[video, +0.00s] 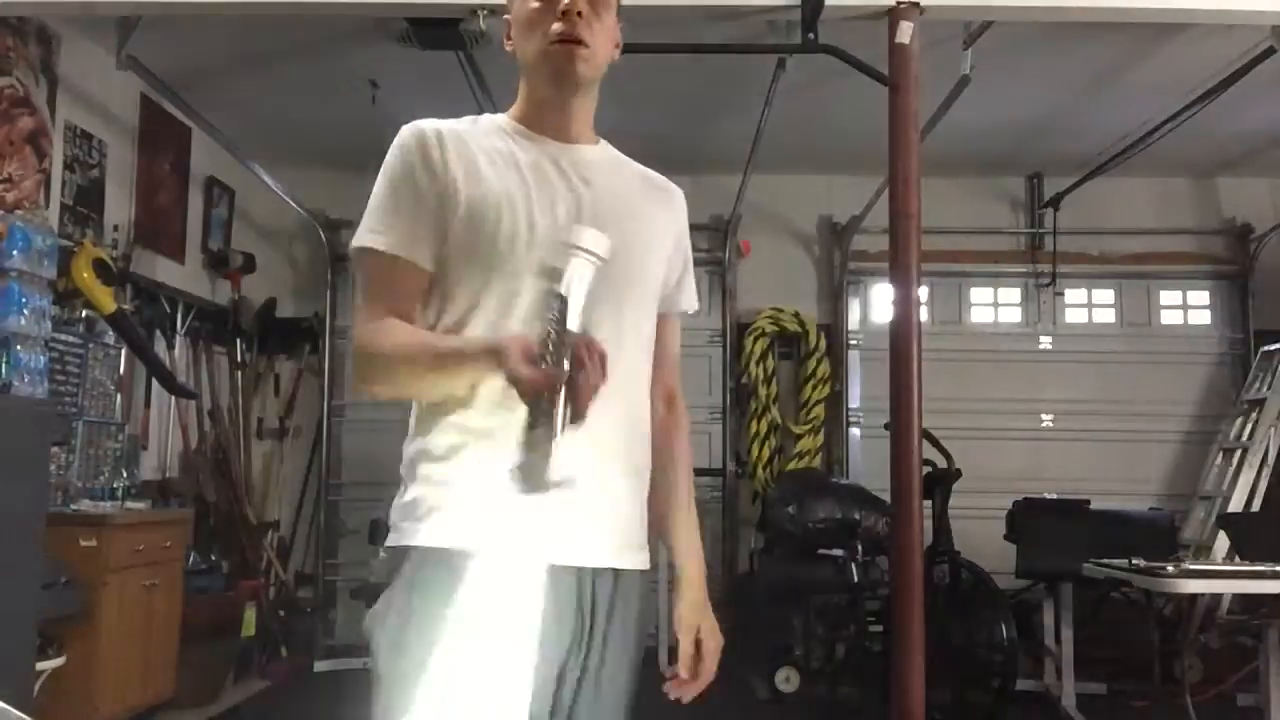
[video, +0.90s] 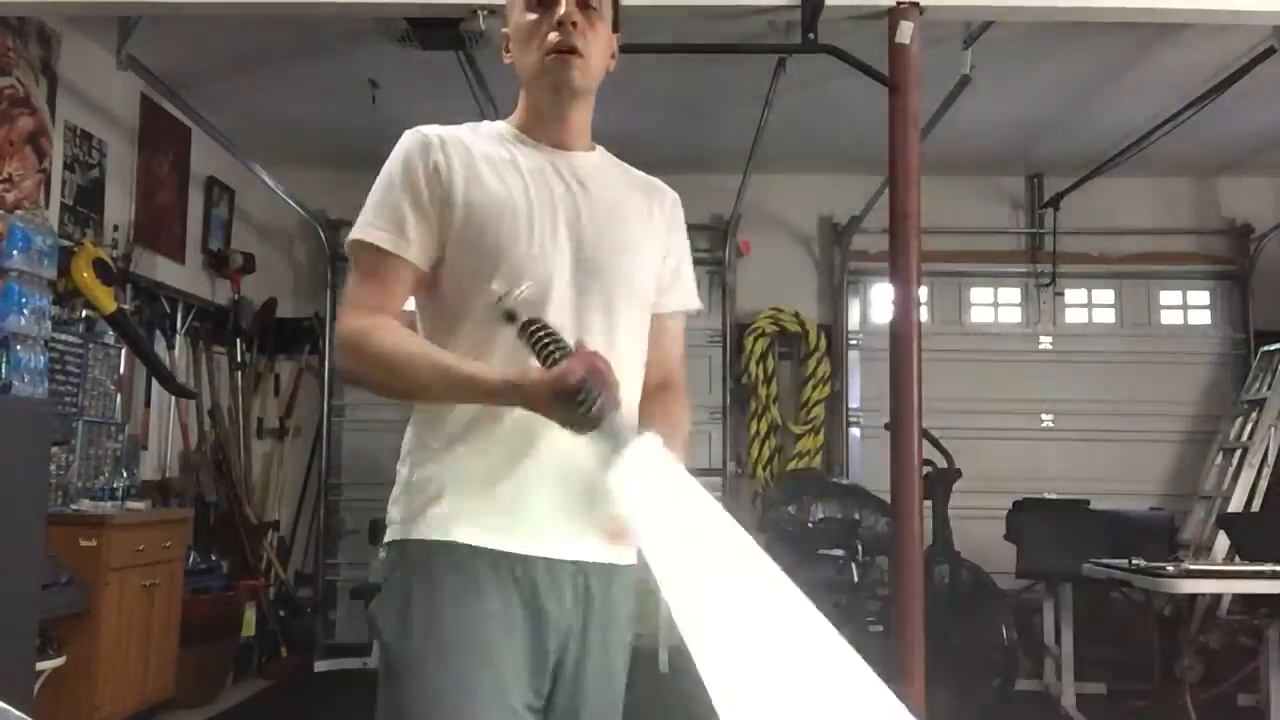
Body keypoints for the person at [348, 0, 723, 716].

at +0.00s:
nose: (571, 10)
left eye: (593, 1)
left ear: (618, 40)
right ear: (508, 30)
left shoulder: (660, 202)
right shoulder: (435, 151)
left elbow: (664, 403)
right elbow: (372, 355)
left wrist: (692, 581)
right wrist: (497, 355)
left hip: (614, 571)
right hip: (464, 561)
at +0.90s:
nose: (565, 15)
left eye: (588, 6)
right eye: (541, 4)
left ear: (613, 51)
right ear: (507, 41)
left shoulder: (656, 206)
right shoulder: (436, 158)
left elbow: (664, 386)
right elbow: (360, 335)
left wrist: (654, 483)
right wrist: (520, 388)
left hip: (606, 567)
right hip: (462, 558)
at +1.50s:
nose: (444, 5)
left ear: (502, 29)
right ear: (384, 25)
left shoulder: (574, 187)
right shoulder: (323, 150)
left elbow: (611, 354)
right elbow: (312, 326)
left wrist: (617, 405)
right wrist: (542, 338)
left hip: (548, 576)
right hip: (376, 572)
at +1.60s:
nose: (398, 1)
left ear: (459, 18)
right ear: (333, 15)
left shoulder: (532, 185)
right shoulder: (267, 142)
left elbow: (571, 366)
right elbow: (269, 325)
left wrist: (583, 417)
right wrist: (509, 345)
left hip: (510, 590)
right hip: (328, 588)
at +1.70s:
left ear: (402, 10)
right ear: (273, 6)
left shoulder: (479, 179)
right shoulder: (197, 122)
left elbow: (504, 393)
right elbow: (206, 323)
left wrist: (533, 436)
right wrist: (467, 356)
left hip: (453, 603)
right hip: (253, 602)